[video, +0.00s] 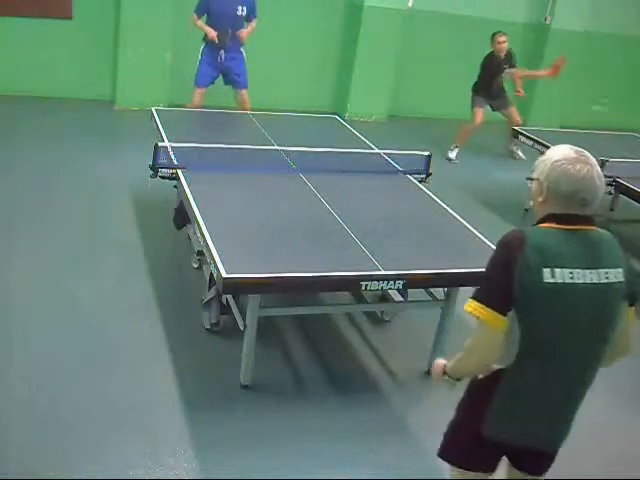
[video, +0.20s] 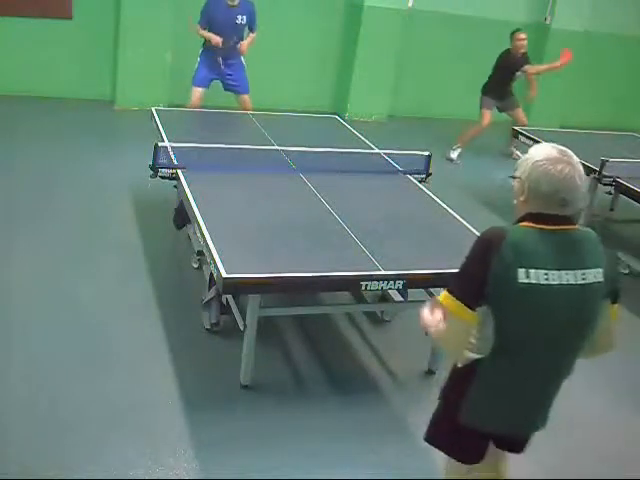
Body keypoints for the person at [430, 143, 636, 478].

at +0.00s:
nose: (530, 188)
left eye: (533, 181)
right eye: (532, 181)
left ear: (543, 191)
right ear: (592, 196)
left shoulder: (519, 245)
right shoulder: (611, 248)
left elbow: (486, 349)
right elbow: (623, 343)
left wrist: (452, 369)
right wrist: (577, 359)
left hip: (503, 397)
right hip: (563, 399)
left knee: (468, 470)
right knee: (525, 472)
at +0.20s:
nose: (513, 187)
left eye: (517, 181)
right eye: (516, 180)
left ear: (525, 191)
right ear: (577, 196)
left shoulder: (498, 242)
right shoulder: (593, 247)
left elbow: (454, 336)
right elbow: (603, 339)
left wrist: (437, 324)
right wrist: (553, 341)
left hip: (483, 386)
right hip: (541, 385)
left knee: (465, 464)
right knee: (498, 453)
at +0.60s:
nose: (472, 170)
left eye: (475, 164)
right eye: (474, 163)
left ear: (481, 173)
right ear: (525, 173)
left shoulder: (464, 217)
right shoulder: (544, 220)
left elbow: (431, 303)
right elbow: (561, 301)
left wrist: (409, 280)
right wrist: (514, 301)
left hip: (461, 348)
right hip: (508, 345)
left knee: (447, 426)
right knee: (460, 400)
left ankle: (445, 470)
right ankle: (434, 456)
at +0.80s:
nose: (449, 155)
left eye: (452, 150)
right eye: (451, 149)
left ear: (459, 157)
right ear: (496, 157)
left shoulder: (448, 196)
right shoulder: (520, 201)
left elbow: (425, 278)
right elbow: (541, 271)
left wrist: (401, 280)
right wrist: (499, 279)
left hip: (452, 323)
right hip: (494, 323)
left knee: (439, 402)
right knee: (445, 388)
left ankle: (436, 469)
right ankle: (427, 455)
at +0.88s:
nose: (442, 150)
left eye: (444, 145)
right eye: (443, 144)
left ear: (453, 152)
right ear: (488, 152)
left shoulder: (442, 188)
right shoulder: (514, 191)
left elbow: (423, 271)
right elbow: (536, 264)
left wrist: (399, 277)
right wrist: (501, 283)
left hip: (450, 318)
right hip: (492, 319)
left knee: (435, 406)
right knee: (445, 389)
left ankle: (433, 471)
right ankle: (426, 456)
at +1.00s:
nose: (431, 153)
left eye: (433, 147)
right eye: (432, 147)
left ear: (441, 151)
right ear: (475, 152)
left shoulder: (432, 185)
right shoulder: (503, 190)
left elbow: (415, 266)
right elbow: (528, 260)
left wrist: (394, 272)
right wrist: (499, 275)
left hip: (444, 315)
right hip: (486, 317)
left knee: (430, 413)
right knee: (438, 388)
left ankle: (430, 472)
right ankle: (425, 458)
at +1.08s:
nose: (427, 153)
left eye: (429, 147)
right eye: (428, 147)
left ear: (436, 150)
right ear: (472, 150)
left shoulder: (429, 184)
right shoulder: (499, 188)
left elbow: (413, 265)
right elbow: (524, 257)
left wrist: (391, 271)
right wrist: (500, 272)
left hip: (441, 316)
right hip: (482, 317)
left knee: (426, 422)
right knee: (434, 386)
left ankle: (431, 472)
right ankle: (424, 457)